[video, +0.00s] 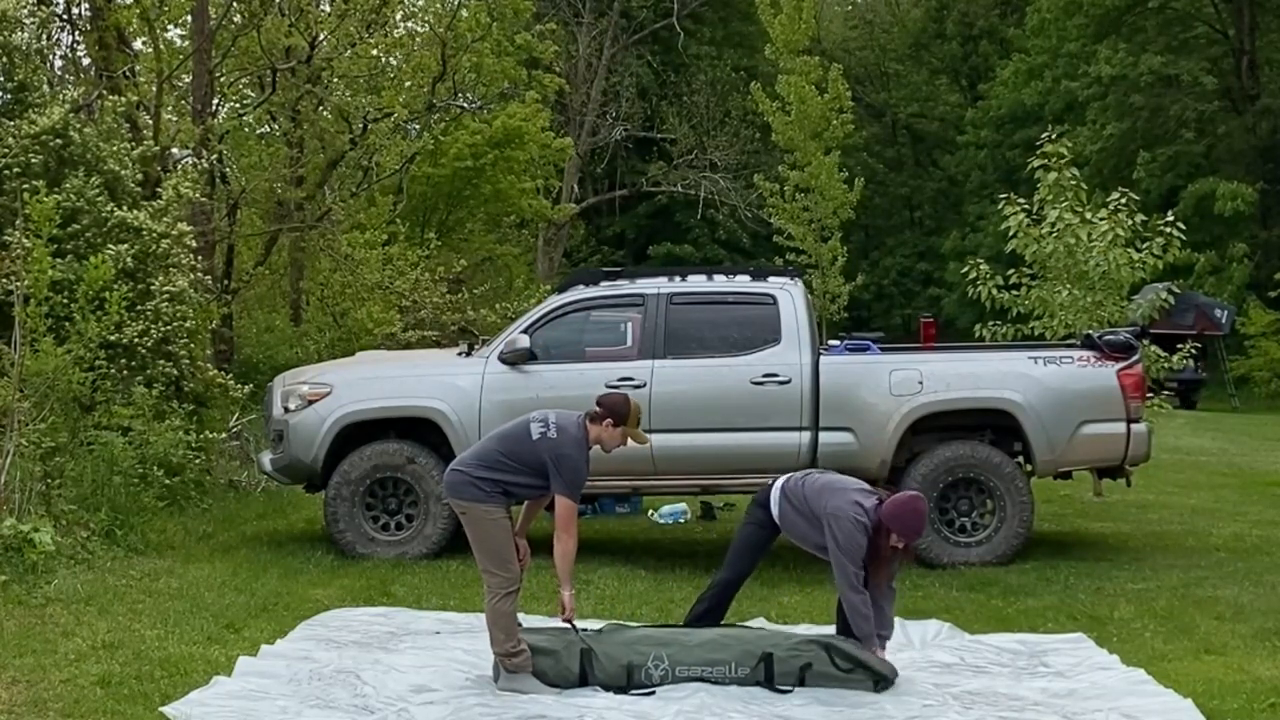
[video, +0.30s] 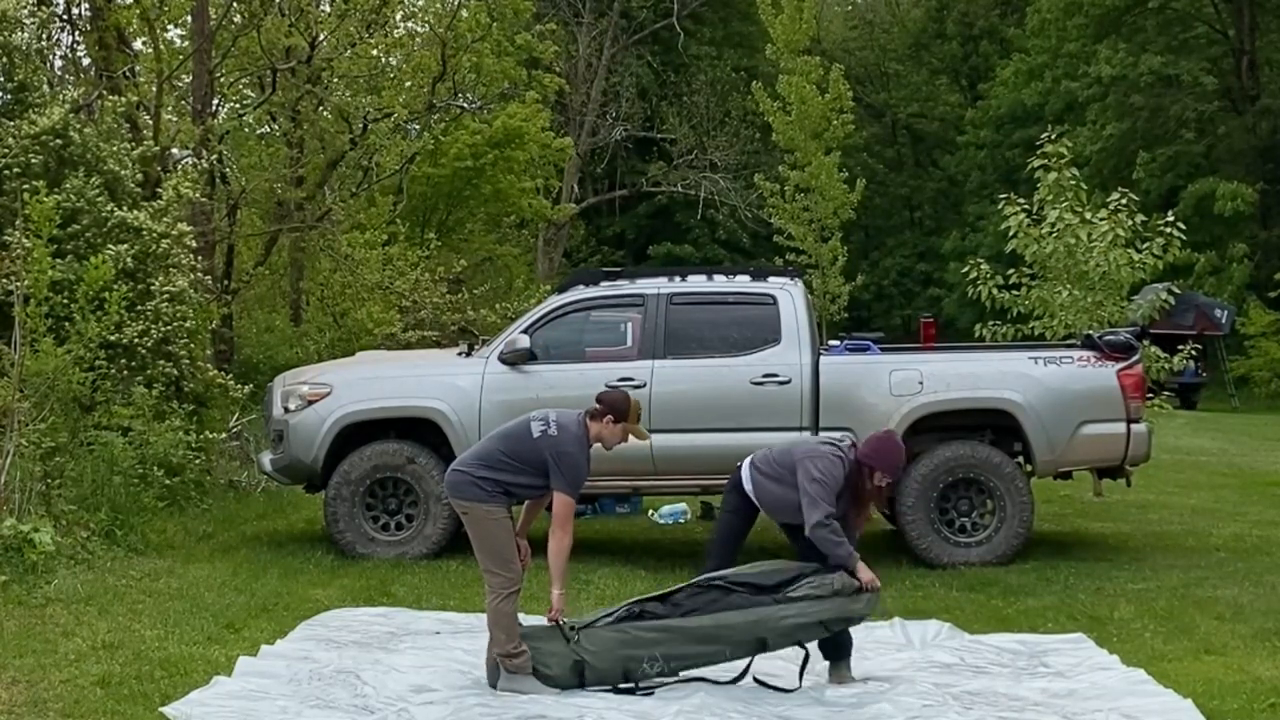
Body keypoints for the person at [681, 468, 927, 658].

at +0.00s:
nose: (898, 544)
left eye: (905, 541)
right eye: (896, 537)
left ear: (910, 536)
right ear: (885, 523)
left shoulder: (890, 525)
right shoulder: (848, 518)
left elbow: (883, 585)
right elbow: (851, 587)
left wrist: (880, 642)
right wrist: (871, 646)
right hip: (777, 499)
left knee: (861, 580)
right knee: (729, 578)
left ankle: (848, 654)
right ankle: (687, 642)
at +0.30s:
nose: (885, 483)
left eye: (890, 477)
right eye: (882, 475)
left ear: (893, 472)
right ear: (866, 464)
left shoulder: (861, 474)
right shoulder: (823, 462)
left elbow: (849, 524)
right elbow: (818, 524)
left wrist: (845, 568)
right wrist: (856, 565)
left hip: (794, 499)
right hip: (750, 484)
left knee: (827, 572)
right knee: (716, 571)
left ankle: (839, 667)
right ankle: (671, 658)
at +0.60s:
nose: (850, 443)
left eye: (859, 440)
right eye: (848, 434)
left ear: (867, 440)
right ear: (838, 421)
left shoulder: (854, 459)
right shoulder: (805, 431)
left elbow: (836, 500)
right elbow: (779, 487)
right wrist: (826, 511)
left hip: (791, 499)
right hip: (744, 484)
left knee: (818, 571)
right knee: (714, 566)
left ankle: (838, 659)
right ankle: (689, 649)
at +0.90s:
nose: (800, 367)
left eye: (808, 363)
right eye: (798, 360)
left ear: (826, 367)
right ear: (796, 357)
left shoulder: (842, 403)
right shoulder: (782, 378)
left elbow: (840, 463)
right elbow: (758, 425)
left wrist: (802, 496)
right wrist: (798, 453)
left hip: (821, 489)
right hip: (773, 482)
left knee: (828, 571)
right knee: (747, 564)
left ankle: (837, 661)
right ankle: (731, 649)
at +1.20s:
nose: (808, 388)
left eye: (815, 385)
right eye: (806, 382)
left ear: (834, 386)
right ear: (804, 378)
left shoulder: (852, 414)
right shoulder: (791, 399)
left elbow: (855, 483)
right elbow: (783, 458)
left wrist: (821, 535)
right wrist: (817, 493)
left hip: (838, 500)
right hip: (792, 493)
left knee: (840, 576)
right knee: (761, 566)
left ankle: (837, 663)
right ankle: (732, 653)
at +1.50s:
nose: (816, 450)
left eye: (823, 446)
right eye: (813, 442)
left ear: (840, 443)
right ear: (808, 434)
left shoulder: (863, 456)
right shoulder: (796, 448)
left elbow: (865, 519)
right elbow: (805, 507)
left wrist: (853, 592)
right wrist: (846, 549)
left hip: (843, 510)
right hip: (799, 504)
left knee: (845, 578)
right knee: (767, 570)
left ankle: (837, 664)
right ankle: (734, 656)